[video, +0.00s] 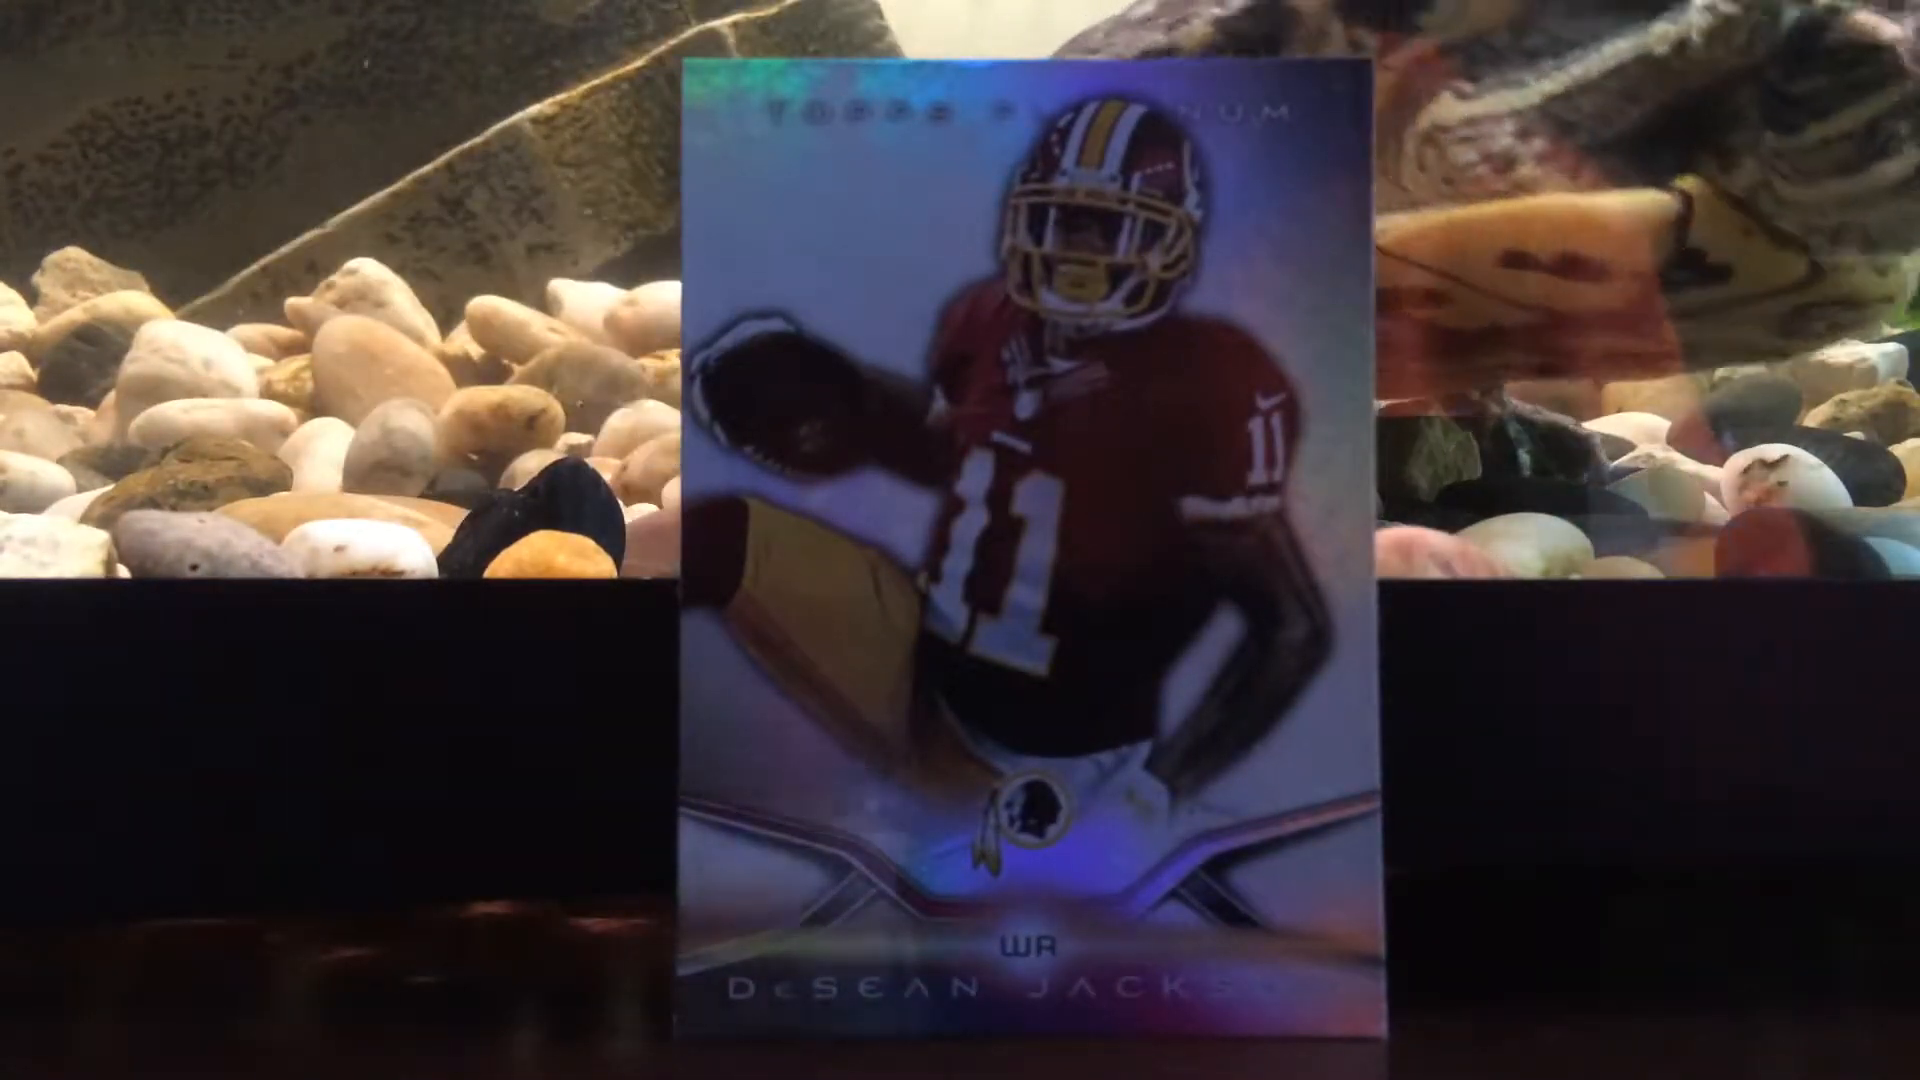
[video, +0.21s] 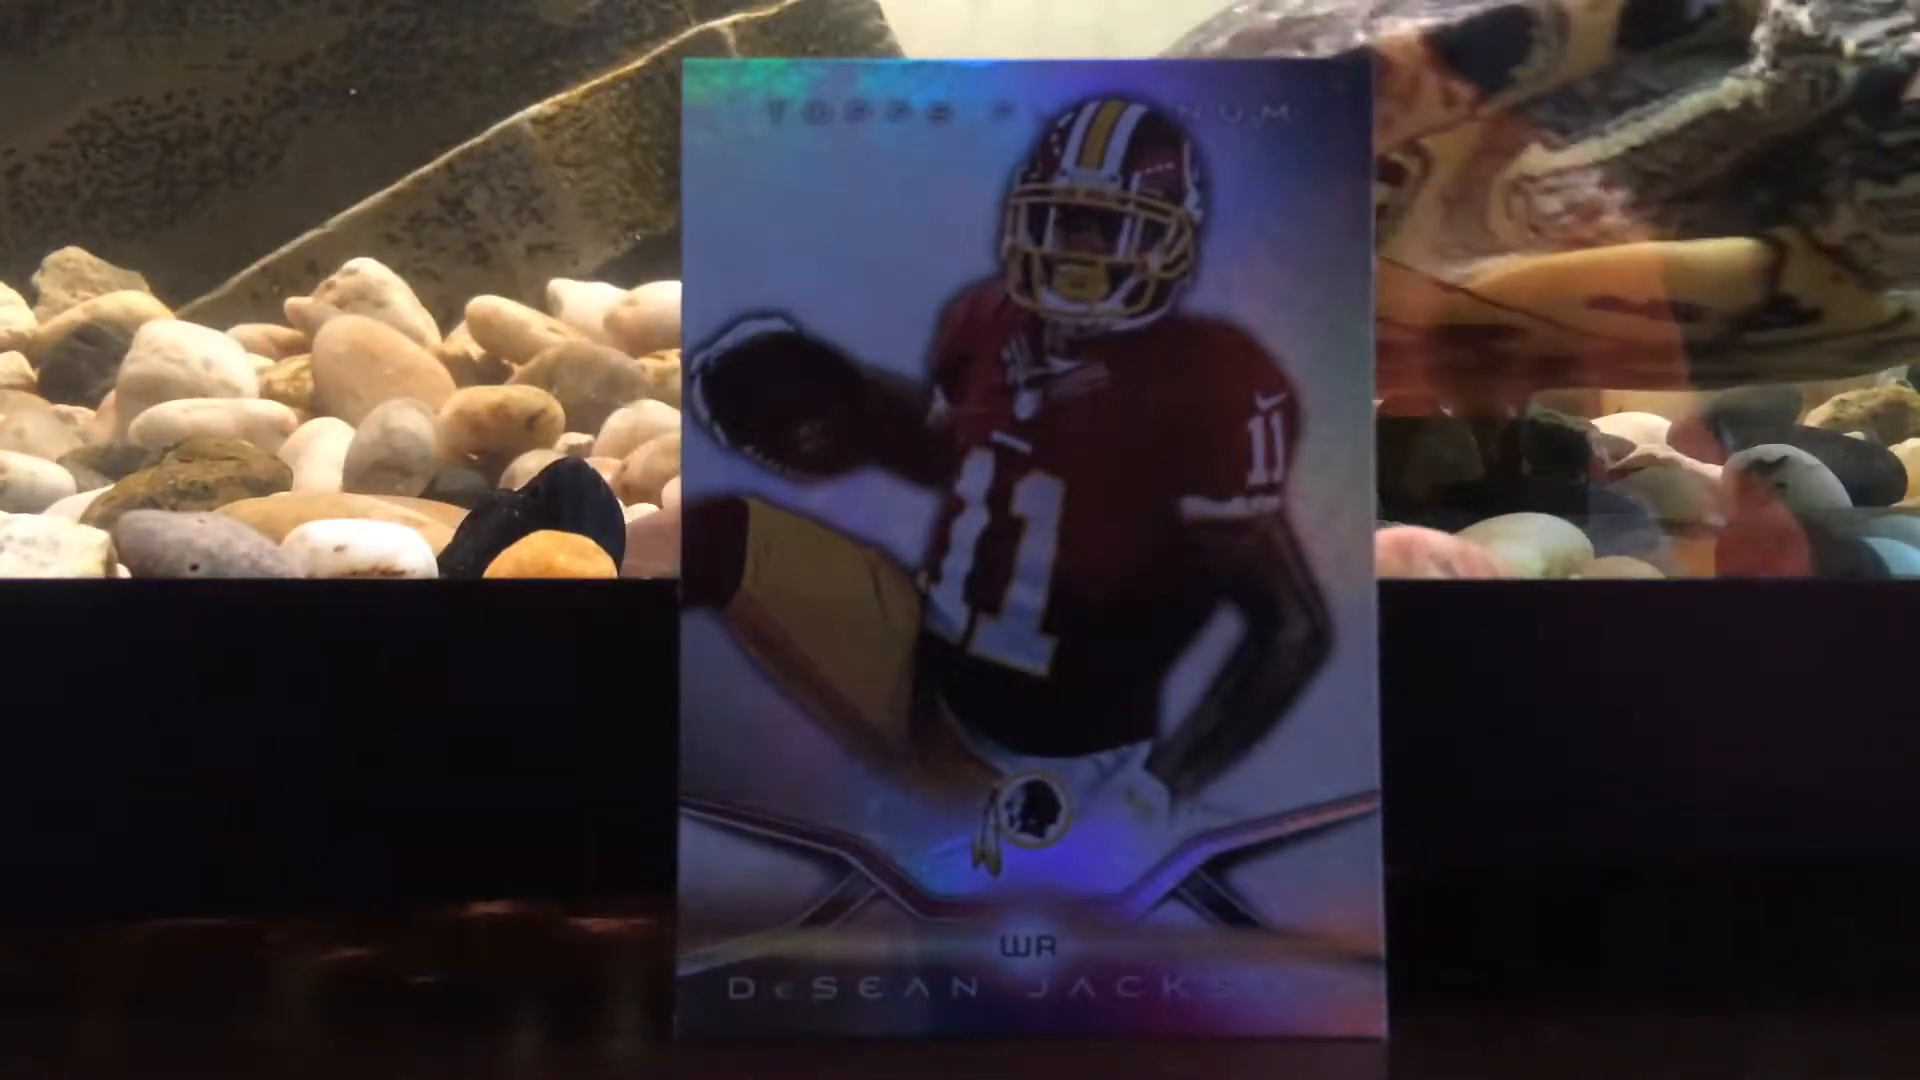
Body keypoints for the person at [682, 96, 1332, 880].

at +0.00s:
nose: (1080, 251)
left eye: (1115, 228)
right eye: (1061, 219)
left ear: (1176, 244)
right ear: (1021, 222)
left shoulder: (1215, 385)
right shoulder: (980, 324)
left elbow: (1294, 630)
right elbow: (960, 459)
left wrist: (1154, 793)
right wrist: (857, 415)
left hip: (1079, 756)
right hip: (929, 683)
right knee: (711, 535)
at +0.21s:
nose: (1078, 253)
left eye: (1114, 229)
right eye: (1059, 221)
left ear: (1175, 245)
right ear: (1021, 224)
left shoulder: (1215, 386)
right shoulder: (979, 325)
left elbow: (1294, 631)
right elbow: (958, 459)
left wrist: (1154, 793)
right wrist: (856, 415)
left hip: (1076, 757)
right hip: (927, 678)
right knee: (711, 535)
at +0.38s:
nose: (1079, 253)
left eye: (1113, 229)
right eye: (1060, 221)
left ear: (1175, 244)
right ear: (1021, 225)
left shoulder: (1214, 384)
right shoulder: (980, 325)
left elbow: (1294, 629)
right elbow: (954, 457)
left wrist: (1155, 793)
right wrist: (851, 410)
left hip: (1077, 758)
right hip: (926, 681)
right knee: (714, 536)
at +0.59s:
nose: (1079, 253)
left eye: (1113, 229)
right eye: (1060, 221)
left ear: (1175, 244)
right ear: (1021, 225)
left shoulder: (1214, 383)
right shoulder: (980, 325)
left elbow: (1294, 629)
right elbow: (956, 458)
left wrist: (1155, 793)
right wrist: (853, 412)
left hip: (1078, 756)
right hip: (927, 679)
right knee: (713, 535)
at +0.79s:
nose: (1078, 253)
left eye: (1113, 229)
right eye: (1059, 221)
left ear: (1175, 245)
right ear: (1021, 225)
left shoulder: (1215, 384)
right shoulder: (980, 325)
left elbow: (1294, 629)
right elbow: (955, 458)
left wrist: (1157, 790)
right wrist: (851, 409)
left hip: (1082, 758)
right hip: (928, 684)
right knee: (712, 535)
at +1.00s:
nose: (1077, 252)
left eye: (1112, 229)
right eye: (1058, 221)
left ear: (1174, 244)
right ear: (1020, 226)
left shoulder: (1215, 384)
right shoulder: (980, 325)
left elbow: (1294, 629)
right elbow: (954, 456)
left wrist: (1156, 791)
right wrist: (849, 408)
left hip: (1082, 757)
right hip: (929, 683)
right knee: (711, 535)